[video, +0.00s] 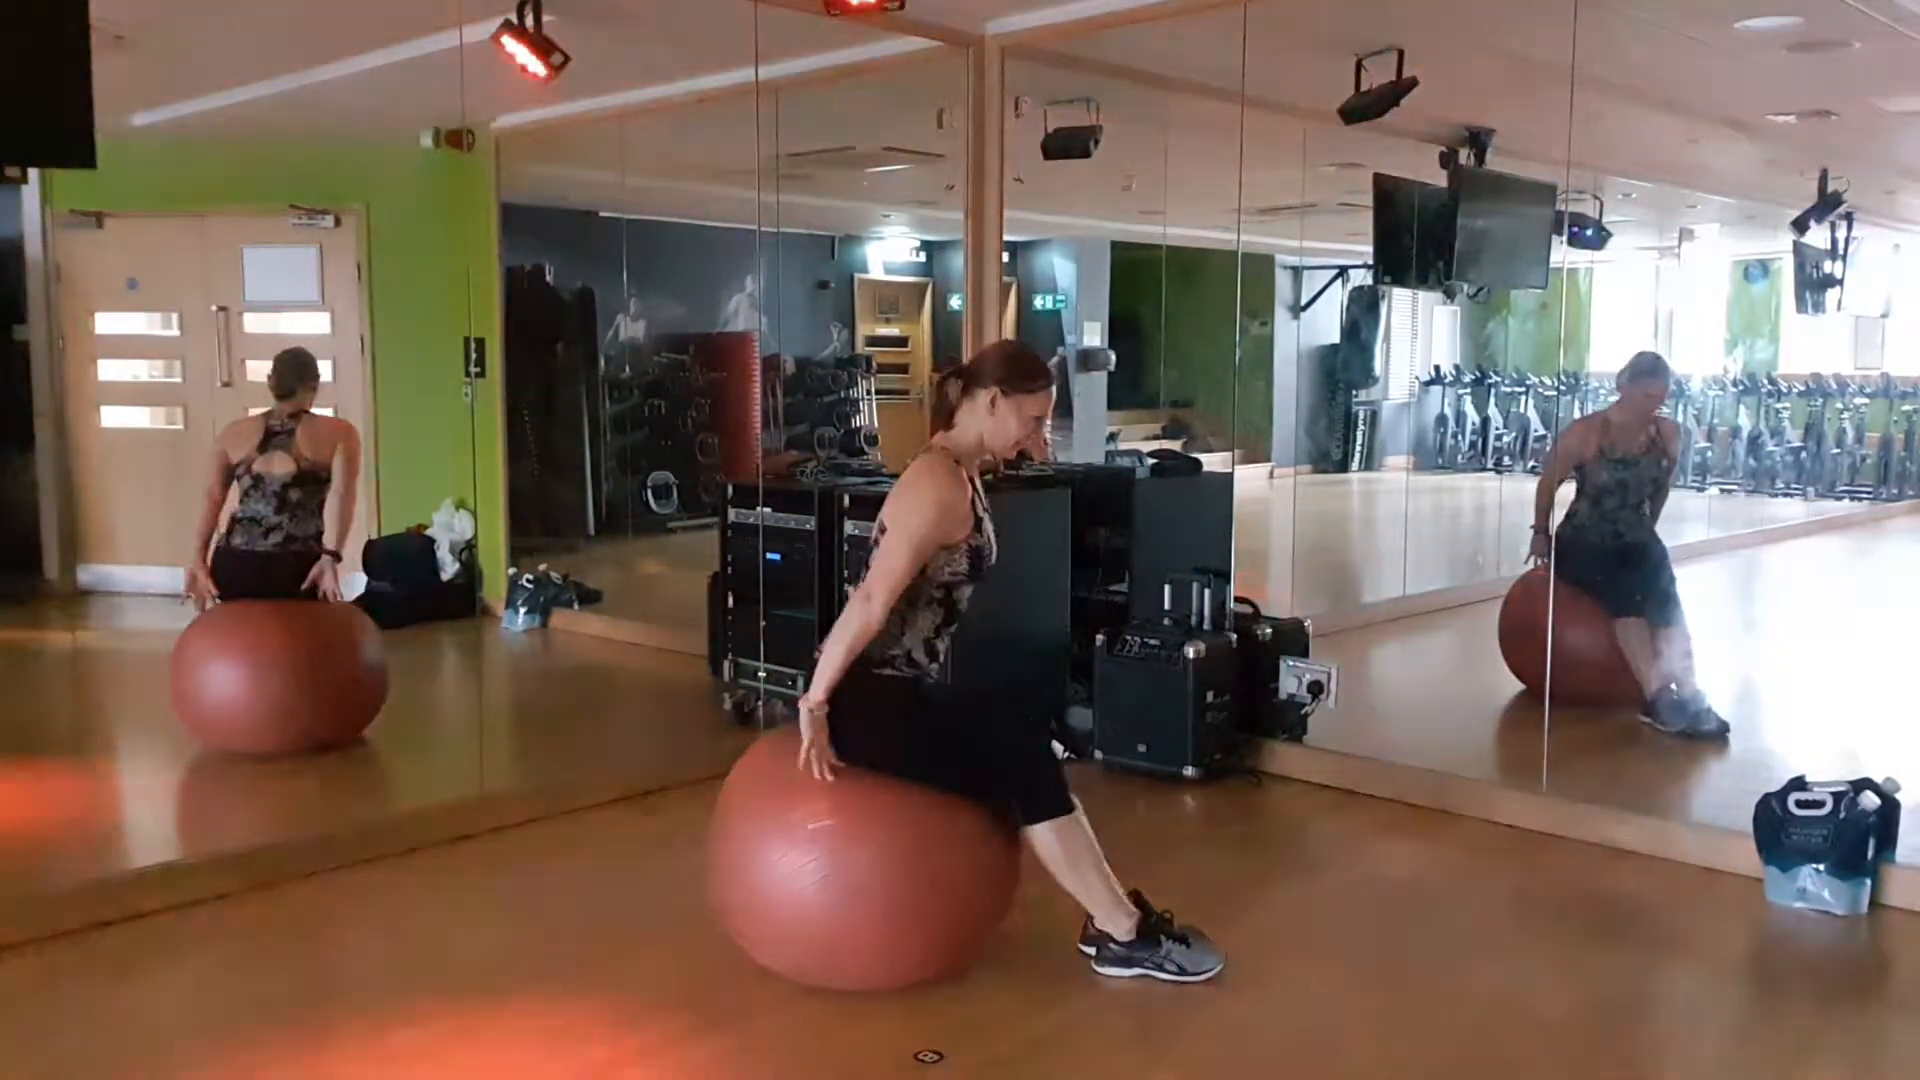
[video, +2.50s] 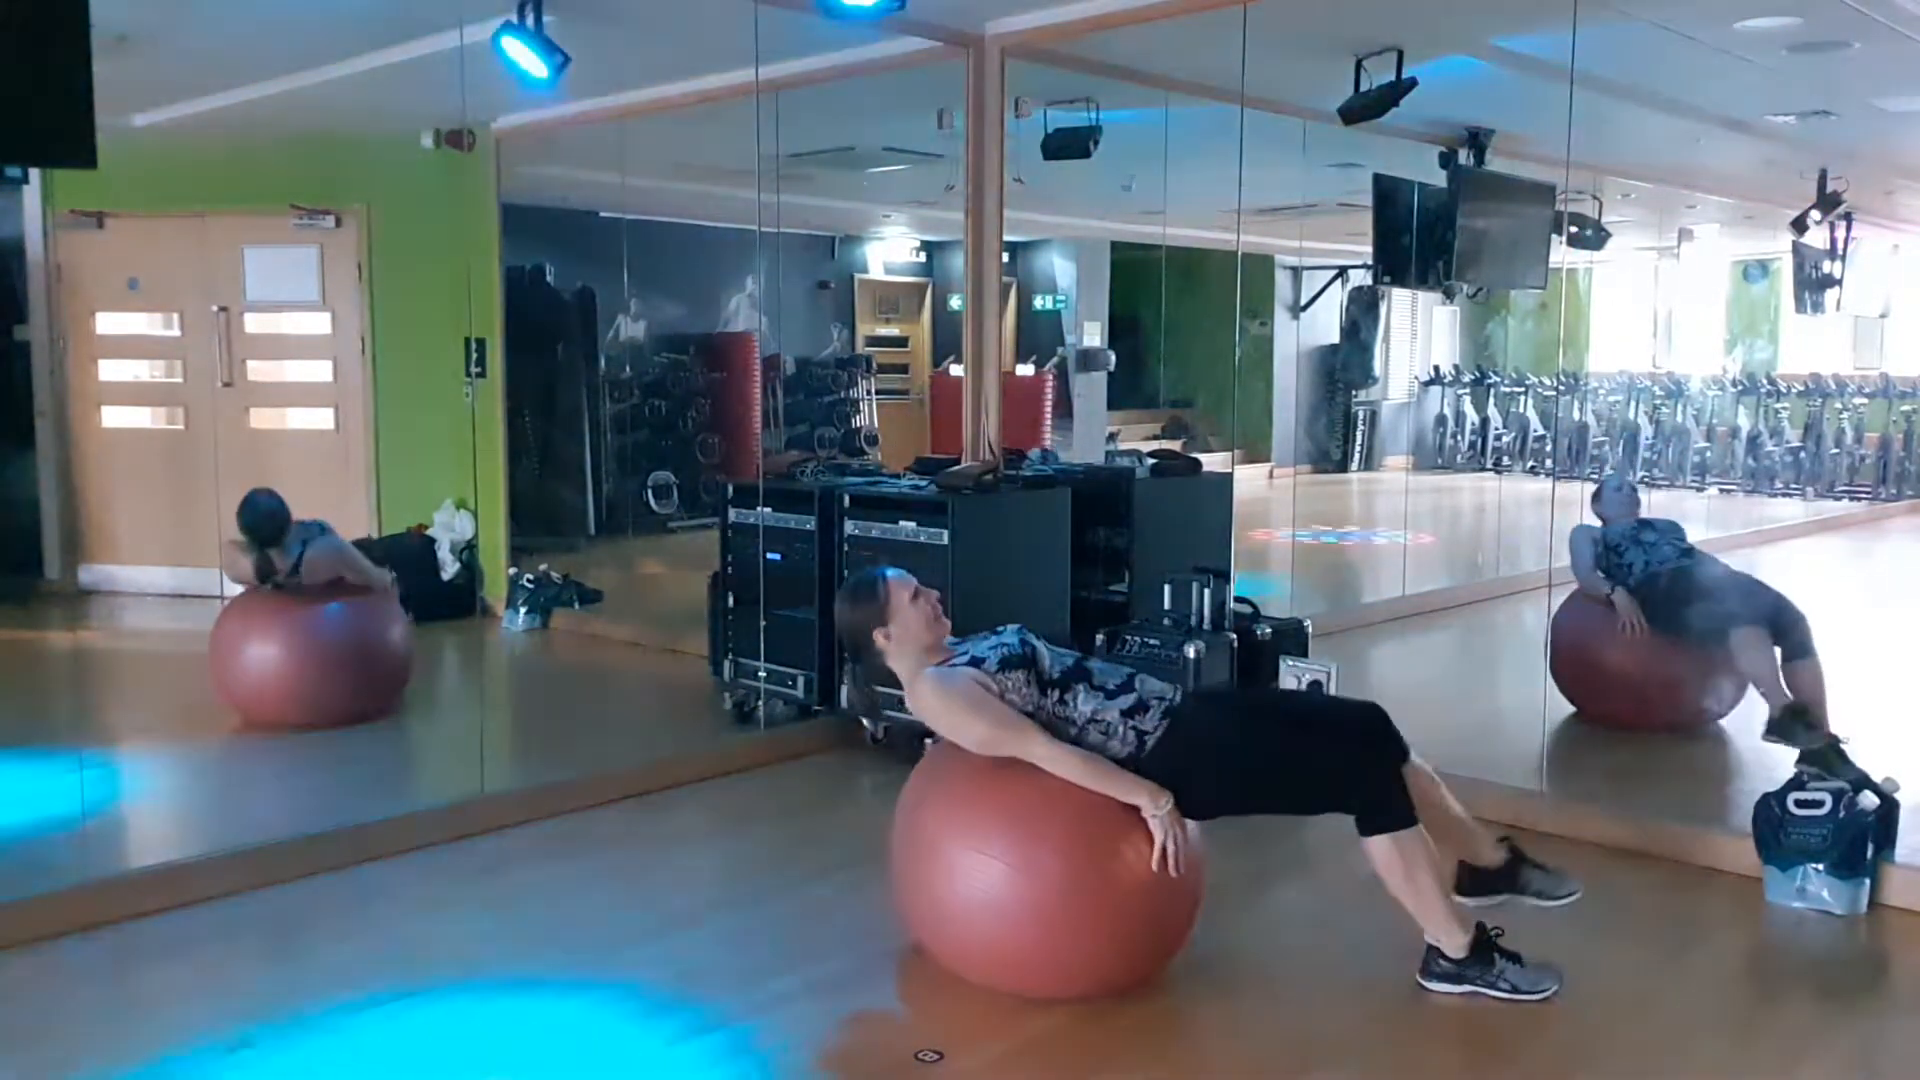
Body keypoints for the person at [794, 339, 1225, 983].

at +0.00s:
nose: (1038, 439)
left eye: (1043, 423)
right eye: (1033, 421)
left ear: (991, 405)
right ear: (988, 402)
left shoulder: (957, 477)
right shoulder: (935, 485)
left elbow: (901, 600)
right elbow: (872, 600)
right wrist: (815, 699)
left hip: (900, 693)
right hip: (871, 704)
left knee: (1033, 745)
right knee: (1025, 762)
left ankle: (1114, 914)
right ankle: (1121, 930)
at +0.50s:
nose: (997, 426)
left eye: (1003, 412)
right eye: (994, 407)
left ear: (945, 398)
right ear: (950, 394)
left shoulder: (939, 479)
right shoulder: (919, 484)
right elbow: (887, 605)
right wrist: (880, 727)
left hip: (972, 701)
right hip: (944, 713)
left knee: (1129, 750)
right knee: (1122, 749)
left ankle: (1255, 882)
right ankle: (1129, 934)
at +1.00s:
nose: (996, 448)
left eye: (995, 435)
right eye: (985, 435)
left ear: (945, 437)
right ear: (938, 435)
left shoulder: (947, 511)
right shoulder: (932, 522)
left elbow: (964, 634)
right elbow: (930, 649)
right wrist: (966, 755)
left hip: (1044, 711)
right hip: (1020, 730)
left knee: (1218, 740)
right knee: (1209, 719)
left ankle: (1273, 915)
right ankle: (1184, 888)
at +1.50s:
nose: (988, 492)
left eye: (989, 477)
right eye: (979, 478)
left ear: (937, 480)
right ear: (934, 479)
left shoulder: (949, 550)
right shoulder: (945, 562)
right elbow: (980, 685)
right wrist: (1054, 778)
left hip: (1096, 715)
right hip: (1085, 735)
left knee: (1268, 733)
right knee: (1277, 747)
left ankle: (1276, 919)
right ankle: (1430, 897)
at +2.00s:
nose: (958, 557)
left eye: (952, 544)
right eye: (942, 549)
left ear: (919, 565)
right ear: (899, 574)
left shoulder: (956, 620)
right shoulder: (933, 643)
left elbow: (1045, 691)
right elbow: (1008, 737)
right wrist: (1111, 791)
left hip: (1145, 720)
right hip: (1128, 751)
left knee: (1327, 733)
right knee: (1320, 780)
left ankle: (1290, 911)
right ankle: (1453, 946)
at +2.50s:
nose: (930, 593)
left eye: (920, 585)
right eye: (912, 595)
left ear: (907, 618)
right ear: (888, 631)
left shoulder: (968, 656)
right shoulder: (937, 688)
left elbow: (1074, 691)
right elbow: (1032, 746)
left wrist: (1180, 708)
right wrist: (1142, 793)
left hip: (1185, 715)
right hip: (1165, 754)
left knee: (1372, 729)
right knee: (1365, 772)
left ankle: (1481, 863)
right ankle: (1451, 951)